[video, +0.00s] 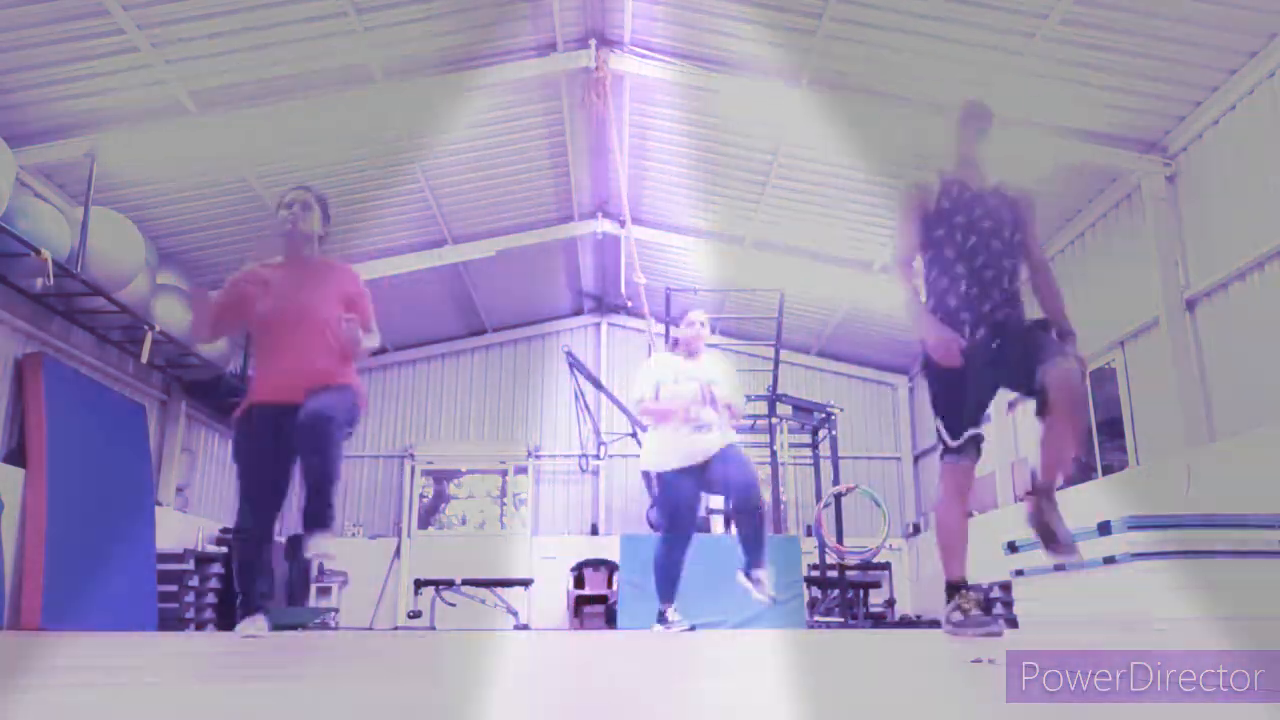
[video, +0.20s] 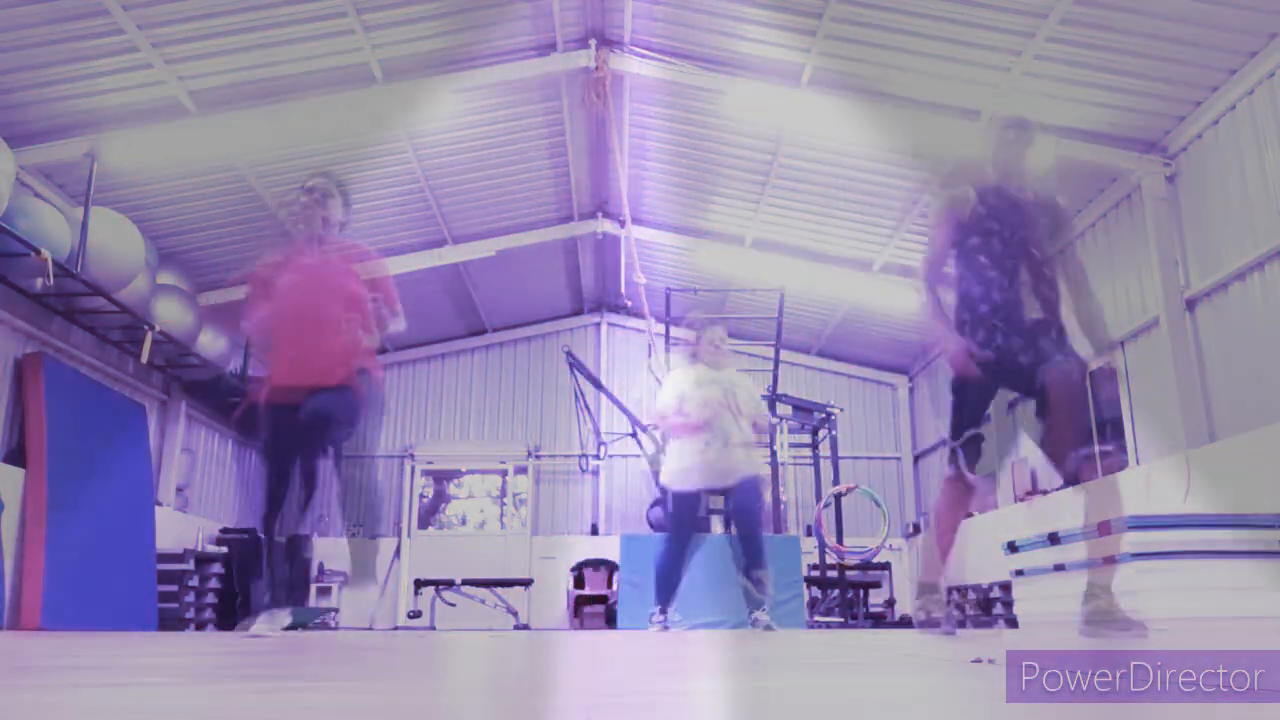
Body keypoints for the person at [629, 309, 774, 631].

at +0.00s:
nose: (695, 331)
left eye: (701, 326)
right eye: (689, 325)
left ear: (710, 334)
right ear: (678, 331)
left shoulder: (719, 363)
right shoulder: (658, 364)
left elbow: (738, 412)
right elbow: (642, 409)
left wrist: (716, 400)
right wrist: (681, 407)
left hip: (717, 451)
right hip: (672, 458)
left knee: (747, 487)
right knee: (678, 529)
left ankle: (754, 568)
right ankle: (666, 608)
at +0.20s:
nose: (719, 349)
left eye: (723, 344)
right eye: (713, 343)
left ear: (728, 346)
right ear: (697, 345)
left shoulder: (740, 381)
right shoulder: (681, 378)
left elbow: (762, 423)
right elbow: (662, 420)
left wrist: (758, 421)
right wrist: (694, 422)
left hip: (739, 469)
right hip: (689, 471)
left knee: (750, 532)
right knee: (680, 536)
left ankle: (758, 611)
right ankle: (660, 610)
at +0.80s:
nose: (753, 323)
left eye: (759, 317)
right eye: (745, 318)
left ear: (768, 325)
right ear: (734, 328)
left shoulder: (788, 357)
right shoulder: (719, 357)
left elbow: (808, 410)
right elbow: (696, 406)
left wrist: (786, 396)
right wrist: (725, 399)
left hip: (773, 450)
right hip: (725, 439)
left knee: (753, 527)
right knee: (754, 492)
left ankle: (744, 607)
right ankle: (759, 579)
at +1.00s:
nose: (756, 342)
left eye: (761, 337)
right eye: (749, 338)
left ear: (772, 347)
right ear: (738, 348)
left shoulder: (791, 381)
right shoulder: (726, 384)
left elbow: (814, 425)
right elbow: (715, 432)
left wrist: (794, 417)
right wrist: (741, 414)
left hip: (787, 478)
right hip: (739, 470)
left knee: (755, 540)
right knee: (773, 527)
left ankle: (733, 608)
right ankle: (763, 609)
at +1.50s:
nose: (778, 325)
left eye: (783, 321)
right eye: (771, 320)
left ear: (792, 330)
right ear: (758, 330)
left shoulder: (809, 365)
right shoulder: (741, 365)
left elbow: (831, 412)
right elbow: (727, 411)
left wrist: (821, 410)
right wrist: (761, 405)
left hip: (809, 449)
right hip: (762, 456)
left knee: (839, 486)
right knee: (778, 532)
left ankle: (835, 569)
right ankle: (781, 607)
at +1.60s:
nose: (785, 322)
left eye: (790, 317)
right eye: (777, 318)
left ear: (798, 327)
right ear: (763, 330)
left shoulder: (814, 358)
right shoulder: (746, 361)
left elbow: (840, 403)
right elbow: (732, 407)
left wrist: (824, 406)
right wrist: (764, 404)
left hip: (814, 457)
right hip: (765, 462)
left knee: (826, 524)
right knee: (777, 535)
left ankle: (835, 597)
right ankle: (774, 604)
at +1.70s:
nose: (788, 337)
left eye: (794, 332)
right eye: (781, 332)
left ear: (803, 340)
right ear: (771, 340)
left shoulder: (821, 376)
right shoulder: (753, 375)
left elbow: (843, 418)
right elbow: (739, 422)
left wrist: (839, 420)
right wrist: (769, 418)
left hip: (820, 472)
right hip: (771, 475)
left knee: (824, 542)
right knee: (777, 546)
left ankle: (823, 611)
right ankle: (770, 610)